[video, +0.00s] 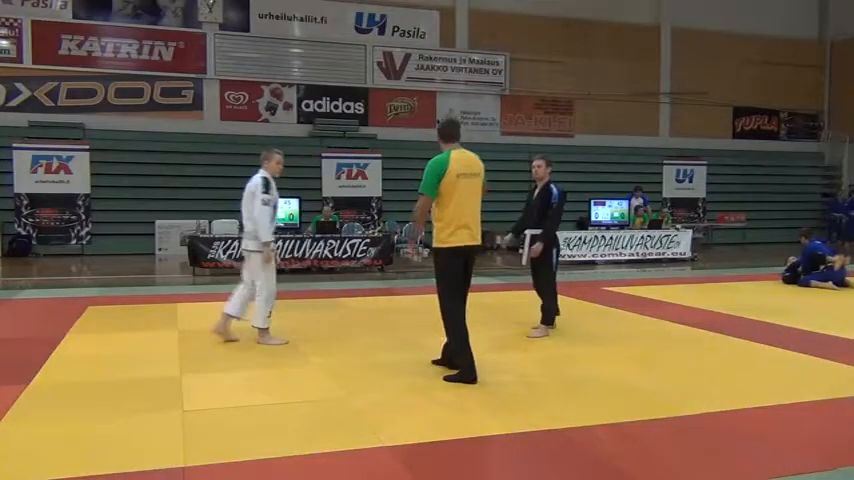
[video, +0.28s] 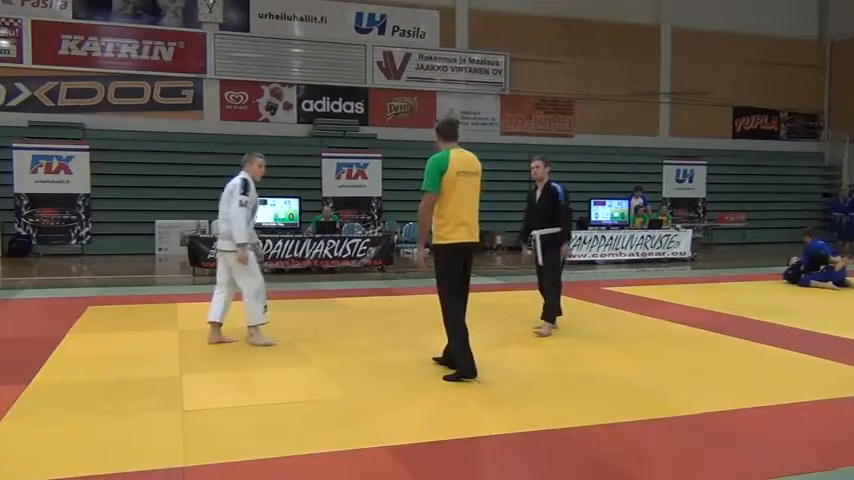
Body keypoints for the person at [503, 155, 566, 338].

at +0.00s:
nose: (535, 170)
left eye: (539, 167)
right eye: (533, 167)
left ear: (548, 169)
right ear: (532, 171)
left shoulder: (554, 192)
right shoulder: (533, 191)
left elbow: (553, 220)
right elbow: (526, 216)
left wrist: (541, 241)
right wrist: (513, 234)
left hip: (547, 241)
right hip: (533, 240)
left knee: (547, 282)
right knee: (538, 282)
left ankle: (546, 323)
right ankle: (551, 310)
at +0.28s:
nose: (534, 171)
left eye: (537, 168)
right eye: (532, 168)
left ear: (547, 169)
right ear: (531, 172)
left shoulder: (557, 191)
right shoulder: (533, 193)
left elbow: (565, 217)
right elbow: (528, 218)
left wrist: (564, 242)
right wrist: (524, 240)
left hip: (553, 241)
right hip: (538, 241)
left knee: (552, 280)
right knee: (542, 281)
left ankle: (549, 321)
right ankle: (552, 312)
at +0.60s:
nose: (536, 171)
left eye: (539, 167)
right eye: (535, 169)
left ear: (549, 169)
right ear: (535, 172)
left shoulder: (558, 189)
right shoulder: (538, 192)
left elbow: (565, 216)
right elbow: (535, 219)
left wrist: (565, 240)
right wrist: (529, 242)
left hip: (554, 239)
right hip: (540, 240)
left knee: (557, 280)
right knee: (545, 279)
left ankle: (566, 321)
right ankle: (551, 317)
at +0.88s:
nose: (542, 175)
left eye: (545, 171)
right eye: (541, 171)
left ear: (556, 170)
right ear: (549, 172)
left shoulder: (564, 189)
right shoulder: (547, 192)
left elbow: (559, 216)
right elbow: (543, 216)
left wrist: (545, 231)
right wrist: (537, 231)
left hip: (559, 241)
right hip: (546, 240)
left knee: (561, 280)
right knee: (548, 279)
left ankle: (568, 322)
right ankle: (552, 317)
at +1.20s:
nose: (547, 171)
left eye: (549, 168)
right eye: (547, 168)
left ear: (558, 169)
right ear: (557, 170)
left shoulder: (568, 190)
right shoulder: (553, 190)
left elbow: (563, 219)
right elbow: (548, 217)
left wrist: (551, 242)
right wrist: (542, 240)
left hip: (561, 239)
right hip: (549, 238)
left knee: (564, 280)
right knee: (550, 280)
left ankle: (569, 323)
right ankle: (552, 317)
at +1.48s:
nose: (549, 171)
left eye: (551, 168)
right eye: (550, 168)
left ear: (558, 169)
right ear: (560, 170)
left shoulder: (570, 190)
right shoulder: (557, 190)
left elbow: (571, 221)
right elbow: (552, 222)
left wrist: (571, 247)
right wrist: (545, 247)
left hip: (563, 242)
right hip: (551, 241)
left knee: (565, 282)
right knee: (552, 280)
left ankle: (569, 323)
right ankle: (552, 317)